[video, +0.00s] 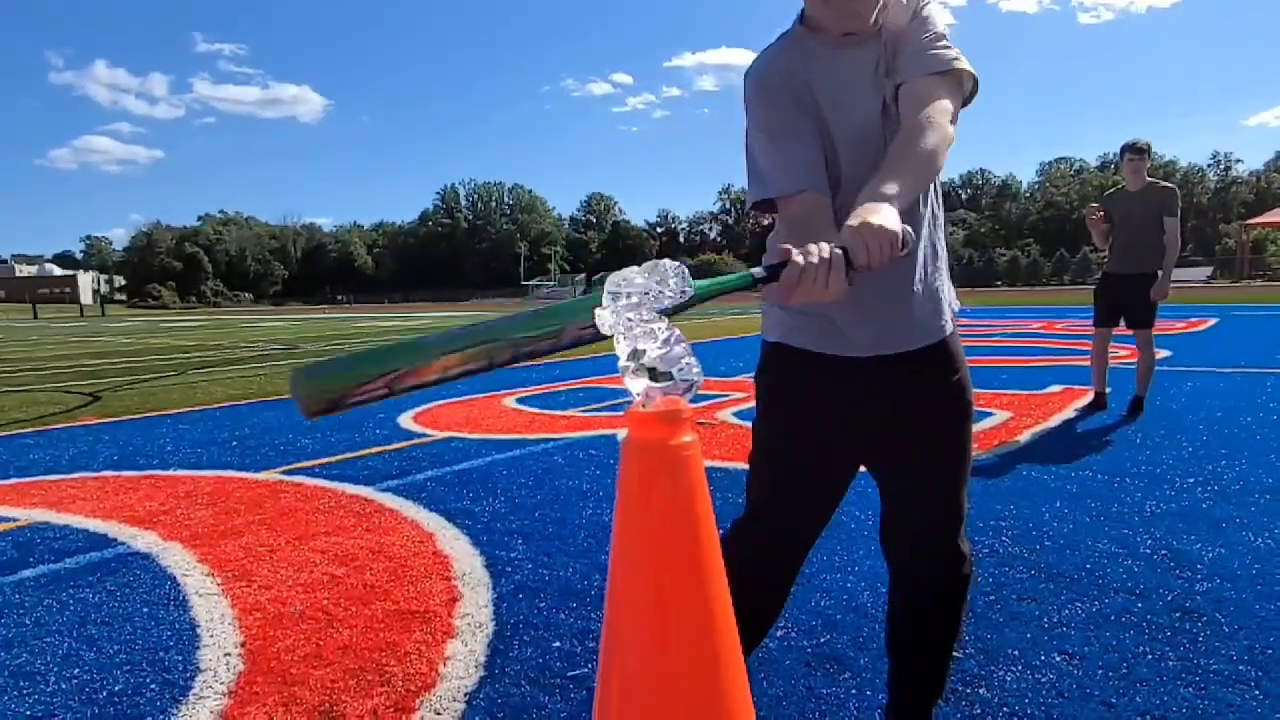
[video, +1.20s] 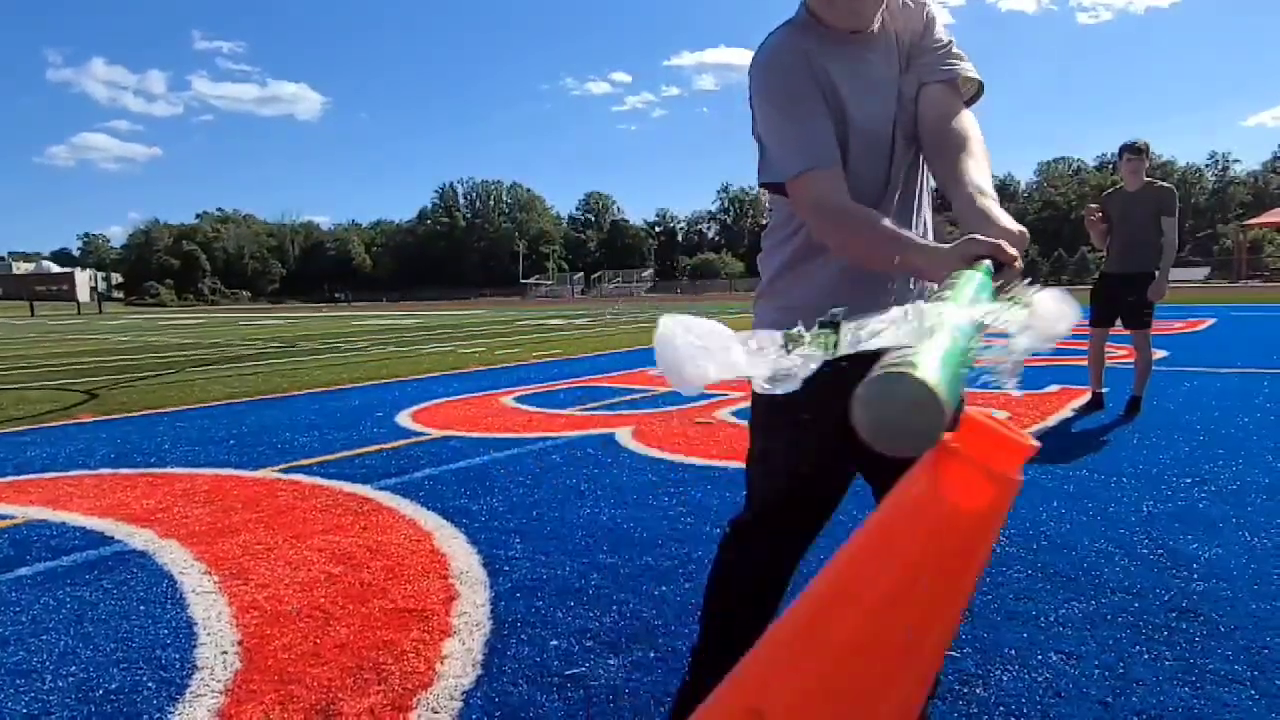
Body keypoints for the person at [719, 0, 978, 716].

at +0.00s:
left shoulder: (919, 21)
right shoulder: (776, 72)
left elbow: (930, 122)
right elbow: (799, 197)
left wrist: (883, 198)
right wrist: (810, 267)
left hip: (921, 354)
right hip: (810, 362)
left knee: (932, 558)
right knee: (767, 547)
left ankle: (911, 711)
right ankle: (685, 689)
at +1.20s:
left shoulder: (915, 18)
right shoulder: (785, 62)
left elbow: (948, 125)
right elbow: (826, 212)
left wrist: (980, 204)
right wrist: (936, 257)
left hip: (908, 321)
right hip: (811, 333)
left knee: (929, 532)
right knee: (772, 534)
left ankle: (909, 696)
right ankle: (703, 704)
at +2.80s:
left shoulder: (913, 23)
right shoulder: (797, 42)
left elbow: (979, 136)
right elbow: (875, 181)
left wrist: (1083, 226)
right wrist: (1057, 241)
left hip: (905, 339)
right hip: (802, 345)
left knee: (917, 537)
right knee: (768, 534)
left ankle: (913, 696)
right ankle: (693, 699)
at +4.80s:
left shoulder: (907, 40)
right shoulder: (823, 33)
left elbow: (944, 162)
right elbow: (925, 170)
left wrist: (1051, 220)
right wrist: (1081, 216)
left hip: (893, 338)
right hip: (796, 340)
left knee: (905, 547)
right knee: (766, 529)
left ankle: (897, 708)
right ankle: (688, 697)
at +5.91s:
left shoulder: (873, 36)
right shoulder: (839, 27)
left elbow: (916, 173)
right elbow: (940, 162)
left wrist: (1010, 215)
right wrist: (1079, 206)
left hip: (883, 332)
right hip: (800, 332)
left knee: (902, 543)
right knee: (764, 529)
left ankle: (893, 705)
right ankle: (684, 699)